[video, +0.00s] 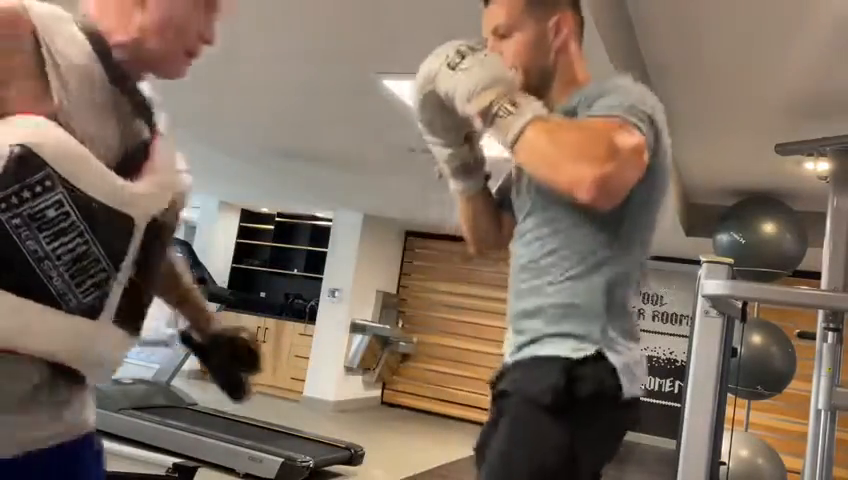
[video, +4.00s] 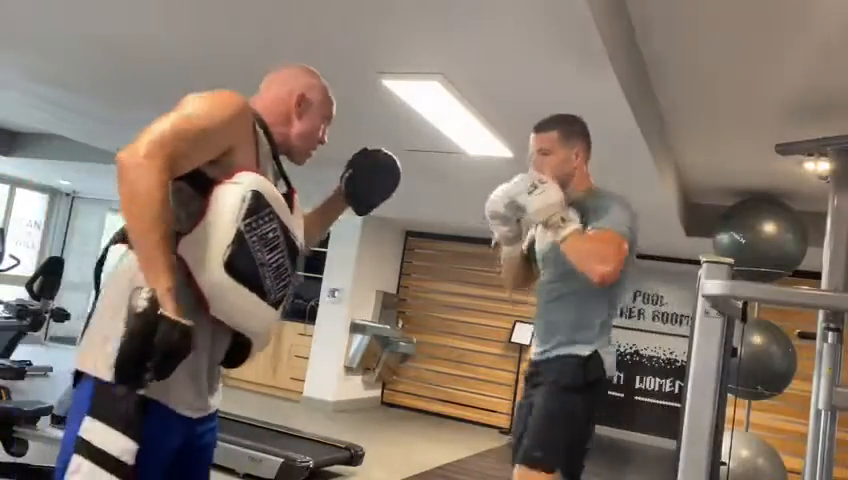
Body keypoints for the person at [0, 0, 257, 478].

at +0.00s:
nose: (210, 38)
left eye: (215, 16)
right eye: (205, 8)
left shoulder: (141, 115)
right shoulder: (17, 31)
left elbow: (149, 243)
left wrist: (207, 323)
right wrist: (134, 202)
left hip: (67, 427)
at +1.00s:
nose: (218, 64)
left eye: (231, 54)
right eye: (204, 47)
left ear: (240, 69)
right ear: (171, 56)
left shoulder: (271, 149)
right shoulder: (111, 130)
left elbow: (333, 219)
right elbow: (41, 217)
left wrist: (332, 212)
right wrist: (4, 312)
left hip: (220, 399)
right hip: (105, 393)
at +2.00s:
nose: (270, 109)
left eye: (278, 99)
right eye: (259, 91)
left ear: (282, 108)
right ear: (220, 88)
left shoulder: (281, 174)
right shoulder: (153, 140)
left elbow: (318, 268)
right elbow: (65, 207)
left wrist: (318, 229)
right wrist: (144, 238)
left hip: (229, 402)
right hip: (129, 395)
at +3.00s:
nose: (340, 121)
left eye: (345, 111)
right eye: (332, 103)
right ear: (285, 89)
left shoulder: (307, 179)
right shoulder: (201, 115)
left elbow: (361, 251)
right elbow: (77, 169)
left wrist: (401, 185)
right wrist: (75, 291)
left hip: (224, 418)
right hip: (126, 404)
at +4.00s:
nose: (325, 137)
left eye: (329, 126)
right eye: (324, 121)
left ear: (295, 105)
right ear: (298, 103)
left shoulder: (275, 183)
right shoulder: (230, 111)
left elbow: (291, 241)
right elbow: (140, 161)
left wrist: (343, 198)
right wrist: (166, 299)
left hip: (196, 392)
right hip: (137, 378)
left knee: (187, 473)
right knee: (104, 474)